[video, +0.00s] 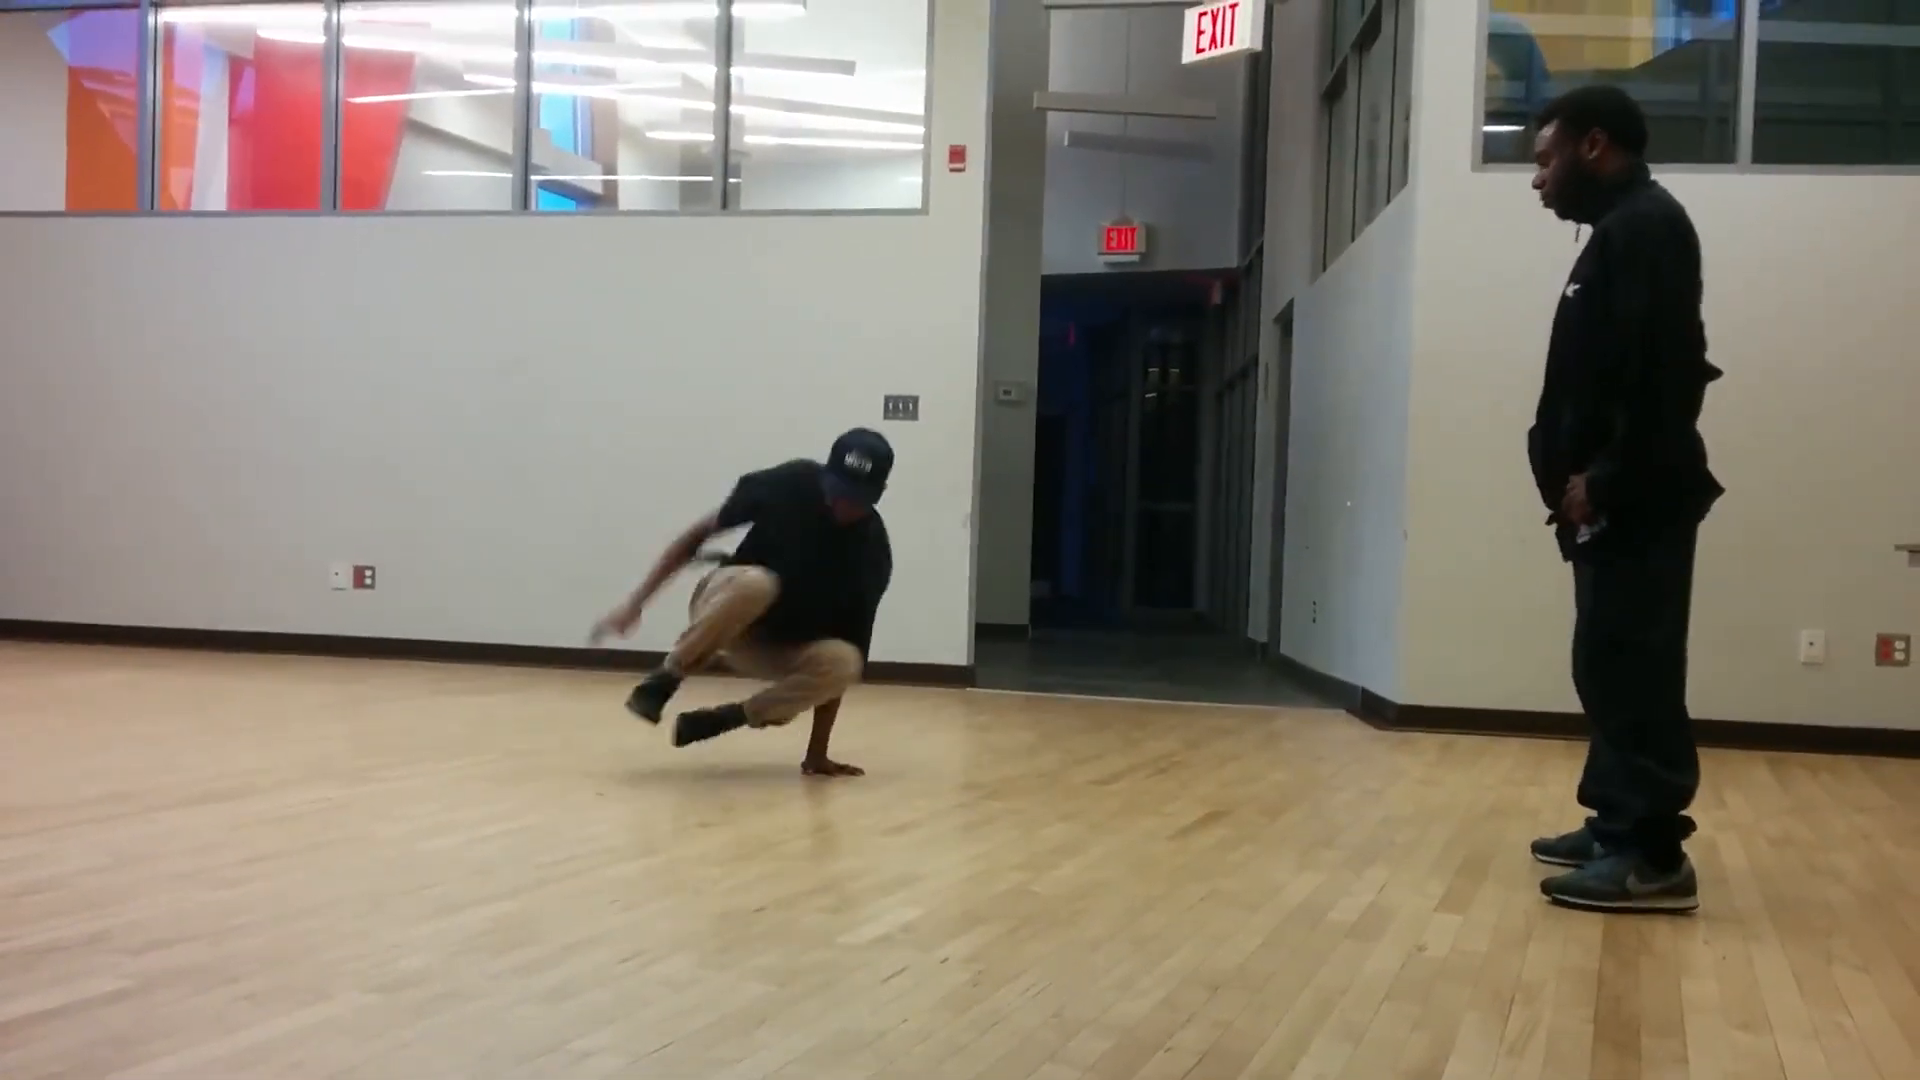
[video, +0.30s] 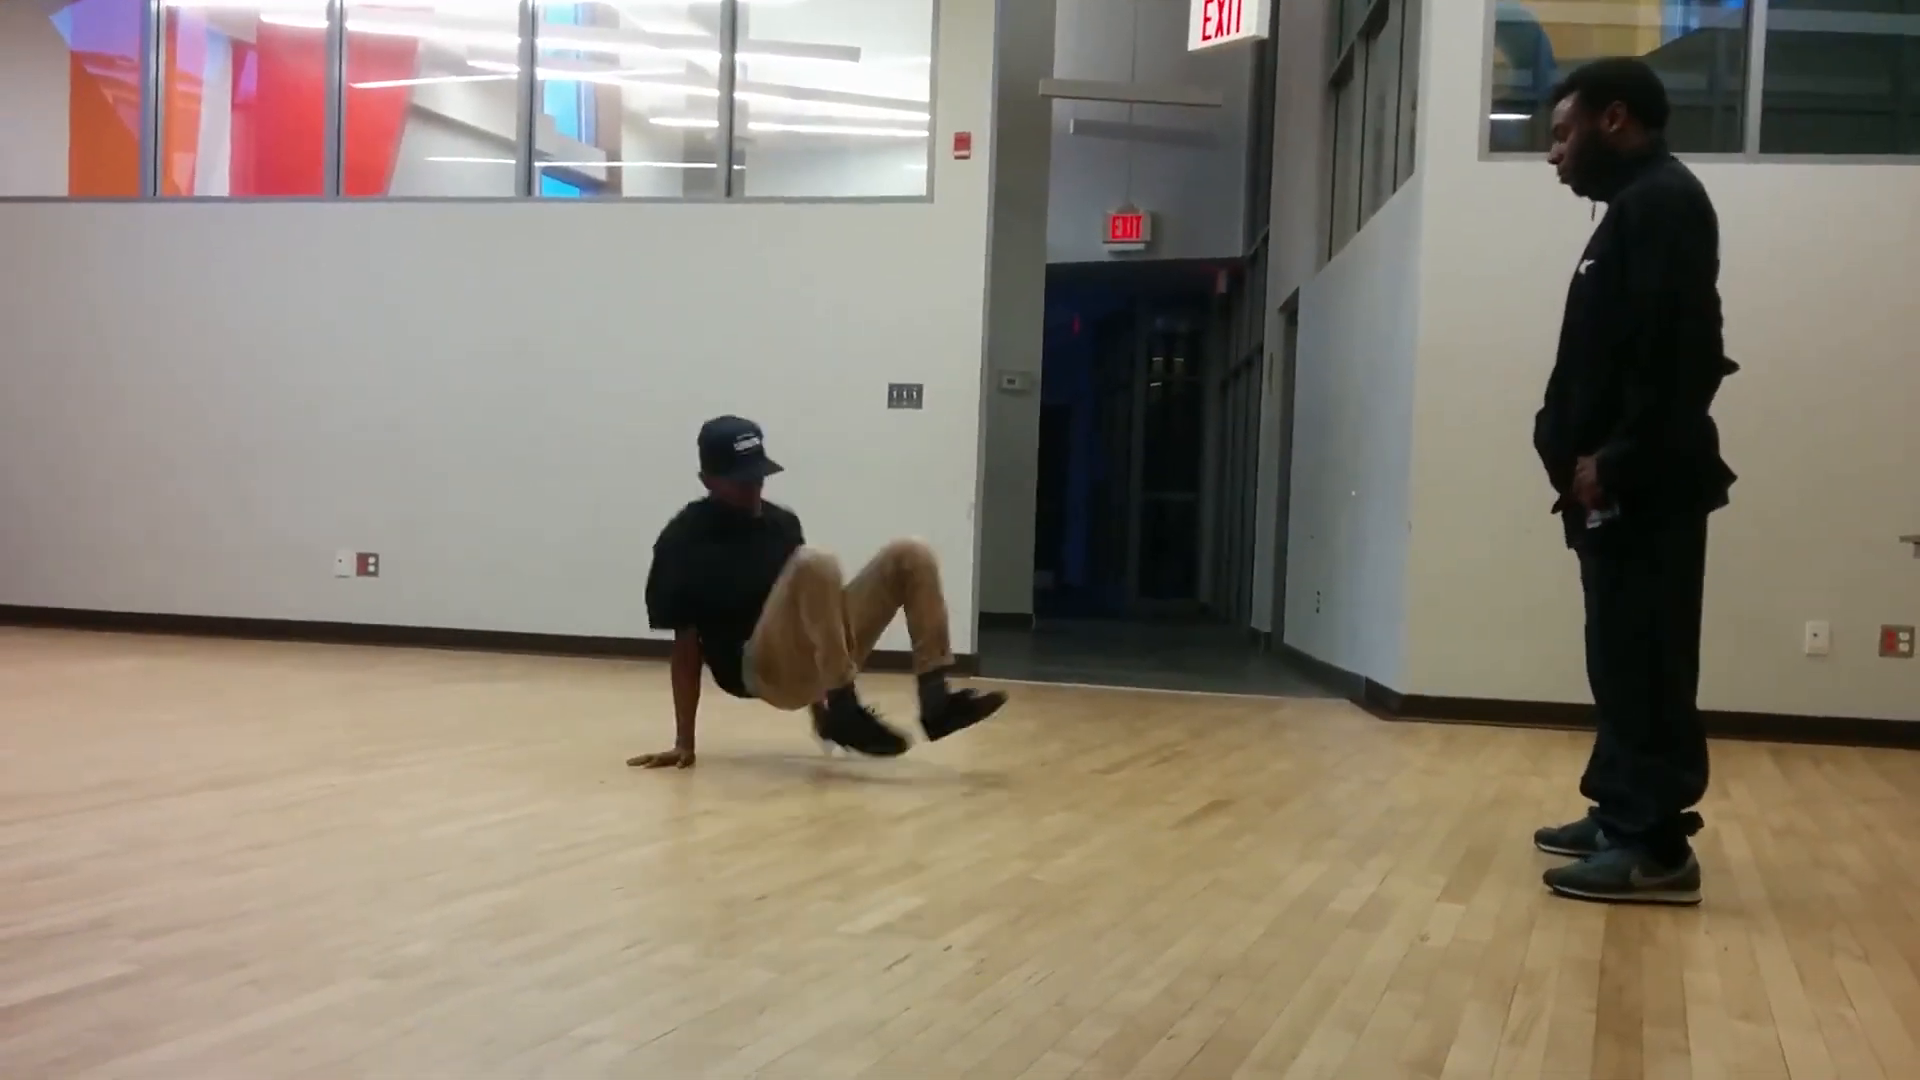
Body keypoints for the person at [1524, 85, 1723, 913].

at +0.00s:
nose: (1538, 181)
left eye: (1546, 161)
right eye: (1536, 163)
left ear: (1596, 148)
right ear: (1599, 150)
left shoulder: (1648, 227)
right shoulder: (1626, 226)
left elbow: (1666, 378)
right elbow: (1631, 374)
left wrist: (1598, 479)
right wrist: (1572, 469)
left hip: (1644, 499)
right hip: (1619, 498)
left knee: (1631, 666)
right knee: (1611, 662)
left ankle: (1653, 857)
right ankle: (1619, 827)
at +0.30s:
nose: (1553, 153)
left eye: (1561, 132)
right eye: (1551, 135)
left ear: (1616, 121)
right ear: (1617, 125)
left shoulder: (1664, 201)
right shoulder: (1642, 200)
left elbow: (1682, 360)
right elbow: (1652, 356)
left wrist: (1609, 461)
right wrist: (1579, 448)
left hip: (1650, 485)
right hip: (1625, 483)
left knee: (1646, 656)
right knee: (1622, 653)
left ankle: (1655, 847)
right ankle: (1621, 817)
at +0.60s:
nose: (1559, 145)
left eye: (1568, 124)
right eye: (1558, 126)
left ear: (1622, 114)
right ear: (1624, 117)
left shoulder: (1670, 193)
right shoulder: (1649, 193)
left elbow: (1677, 352)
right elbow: (1646, 347)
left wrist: (1611, 453)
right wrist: (1585, 443)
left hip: (1663, 480)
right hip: (1637, 478)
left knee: (1654, 654)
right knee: (1631, 649)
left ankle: (1660, 845)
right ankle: (1626, 813)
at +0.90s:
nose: (1555, 142)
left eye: (1564, 121)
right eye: (1554, 125)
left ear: (1614, 109)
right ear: (1618, 113)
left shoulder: (1659, 188)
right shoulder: (1642, 189)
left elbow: (1674, 347)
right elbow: (1629, 342)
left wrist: (1613, 448)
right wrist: (1585, 439)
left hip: (1663, 475)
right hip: (1638, 474)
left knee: (1653, 649)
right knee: (1629, 645)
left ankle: (1660, 838)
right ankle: (1623, 805)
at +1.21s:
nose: (1557, 132)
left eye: (1567, 114)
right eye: (1559, 115)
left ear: (1617, 109)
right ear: (1619, 111)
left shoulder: (1653, 184)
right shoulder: (1637, 185)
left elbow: (1674, 341)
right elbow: (1627, 337)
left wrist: (1615, 445)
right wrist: (1587, 436)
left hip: (1665, 470)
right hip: (1639, 469)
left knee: (1658, 644)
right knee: (1635, 639)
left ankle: (1663, 834)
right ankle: (1630, 802)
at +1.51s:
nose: (1550, 148)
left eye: (1560, 128)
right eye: (1550, 130)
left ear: (1612, 120)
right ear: (1614, 123)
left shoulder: (1656, 199)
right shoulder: (1638, 200)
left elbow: (1682, 348)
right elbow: (1640, 346)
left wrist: (1629, 456)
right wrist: (1598, 448)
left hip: (1667, 478)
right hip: (1638, 478)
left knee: (1663, 646)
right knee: (1637, 642)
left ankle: (1667, 836)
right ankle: (1633, 804)